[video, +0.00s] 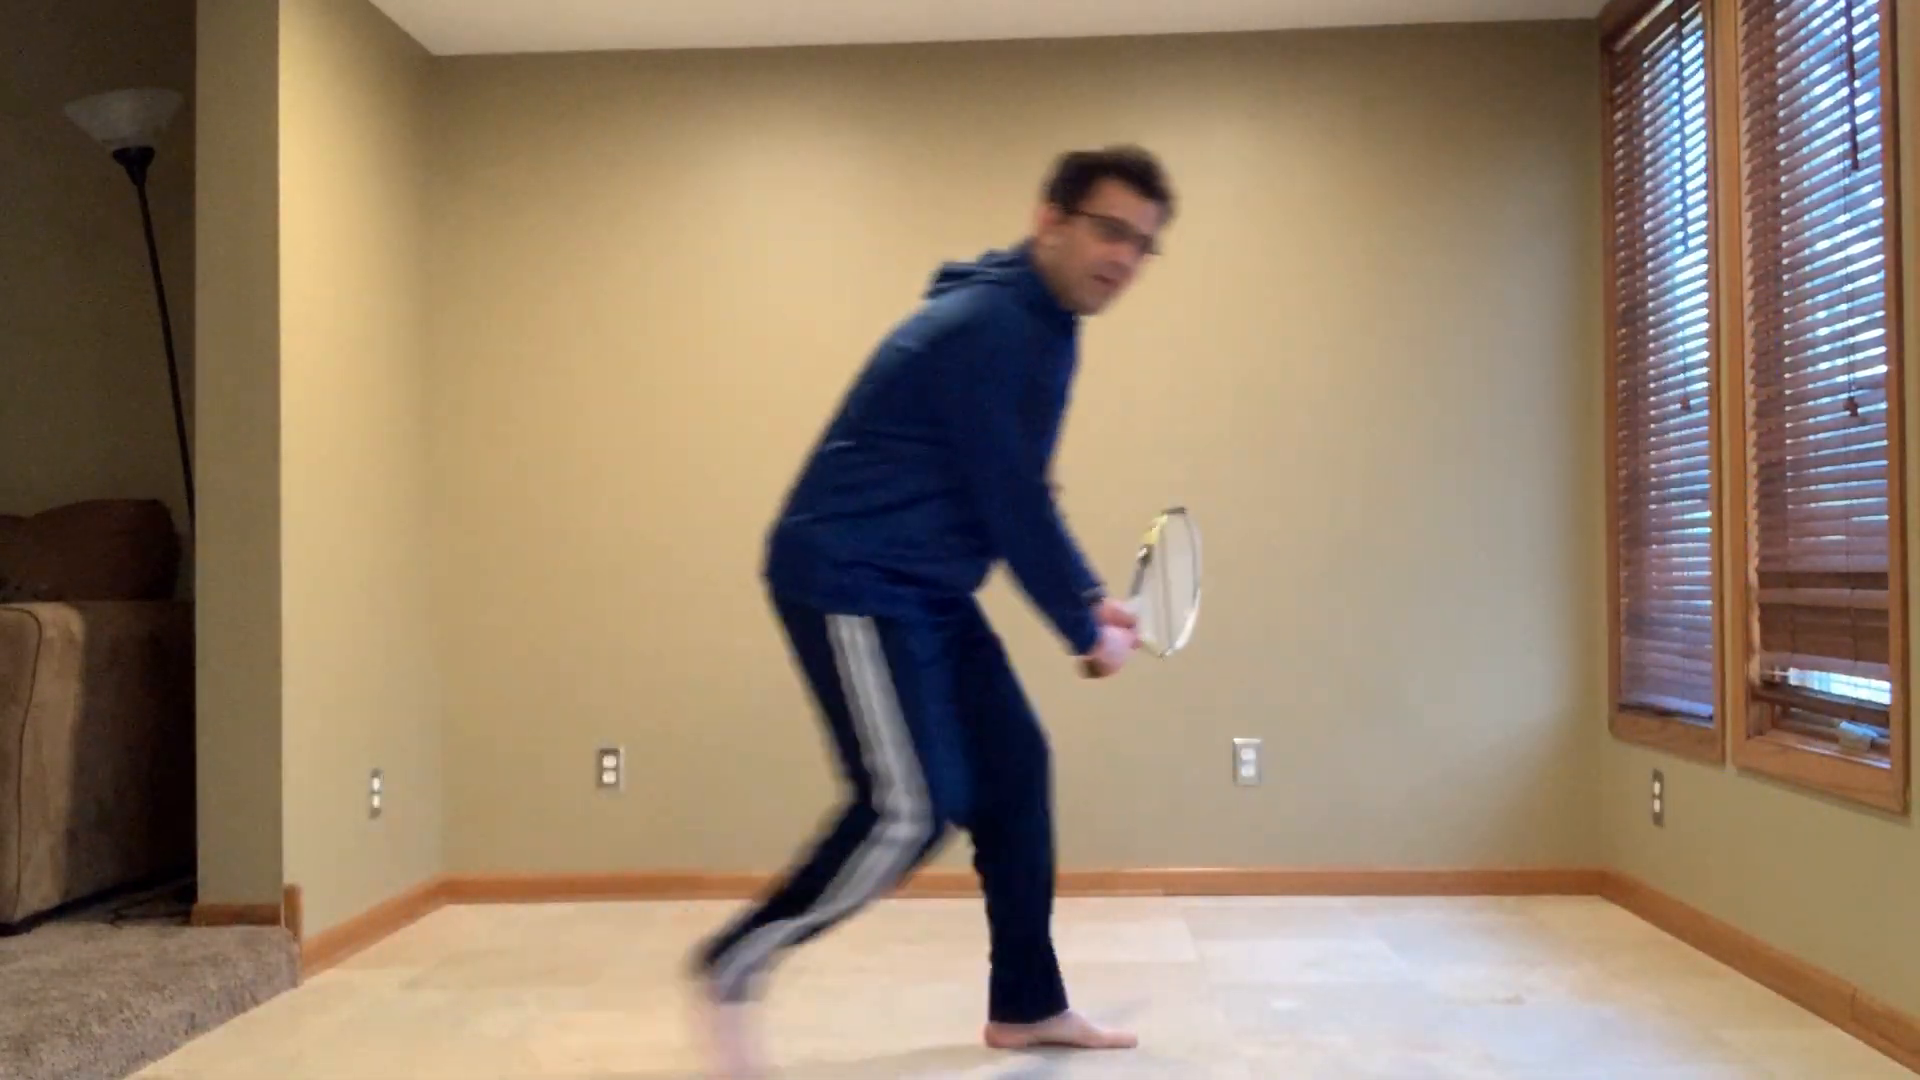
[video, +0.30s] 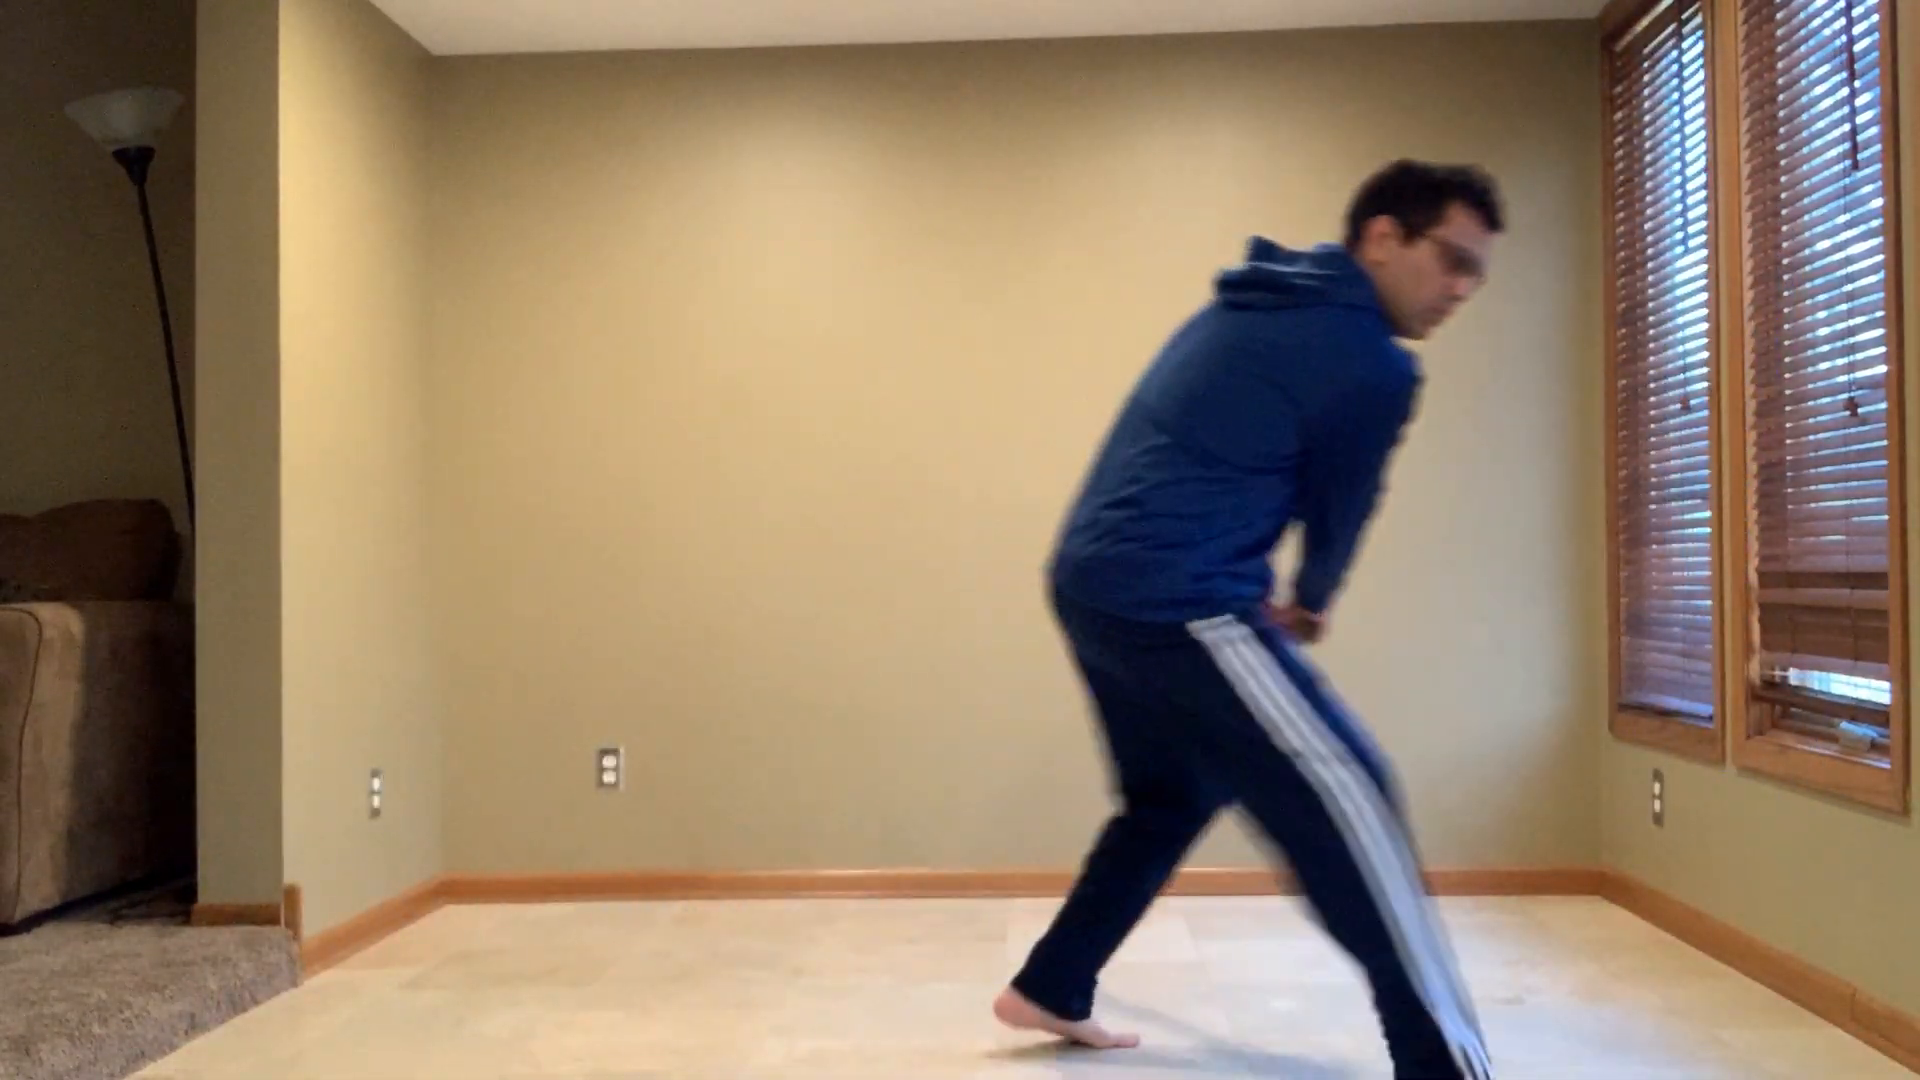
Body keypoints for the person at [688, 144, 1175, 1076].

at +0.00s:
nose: (1122, 258)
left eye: (1141, 246)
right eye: (1108, 231)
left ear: (1150, 258)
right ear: (1048, 220)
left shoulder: (1046, 329)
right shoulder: (991, 323)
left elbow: (1021, 490)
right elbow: (1006, 498)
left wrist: (1088, 599)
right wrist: (1080, 621)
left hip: (928, 587)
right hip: (847, 579)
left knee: (1013, 764)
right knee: (910, 803)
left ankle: (1027, 1003)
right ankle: (730, 966)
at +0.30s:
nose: (1464, 289)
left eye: (1475, 272)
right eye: (1453, 261)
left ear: (1367, 245)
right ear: (1380, 238)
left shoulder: (1263, 293)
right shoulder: (1370, 366)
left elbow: (1213, 449)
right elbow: (1337, 515)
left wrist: (1252, 579)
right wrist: (1311, 602)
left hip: (1095, 580)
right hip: (1184, 593)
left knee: (1172, 797)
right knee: (1344, 790)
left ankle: (1048, 990)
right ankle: (1443, 1062)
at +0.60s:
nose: (1661, 174)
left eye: (1673, 158)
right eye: (1647, 144)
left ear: (1671, 173)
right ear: (1568, 127)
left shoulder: (1624, 261)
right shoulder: (1435, 221)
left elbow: (1603, 298)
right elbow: (1384, 370)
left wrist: (1527, 195)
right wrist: (1500, 296)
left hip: (1460, 567)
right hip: (1365, 545)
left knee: (1476, 806)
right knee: (1500, 794)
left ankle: (1266, 940)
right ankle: (1459, 1068)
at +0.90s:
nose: (1714, 109)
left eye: (1730, 94)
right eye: (1689, 85)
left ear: (1739, 116)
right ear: (1622, 100)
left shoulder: (1744, 216)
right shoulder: (1536, 212)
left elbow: (1665, 264)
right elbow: (1373, 297)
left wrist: (1539, 170)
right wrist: (1465, 174)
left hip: (1678, 557)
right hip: (1539, 553)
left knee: (1785, 793)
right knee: (1580, 796)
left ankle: (1852, 1025)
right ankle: (1496, 1064)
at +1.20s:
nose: (1559, 103)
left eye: (1580, 87)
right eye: (1532, 88)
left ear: (1609, 118)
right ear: (1487, 121)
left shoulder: (1657, 233)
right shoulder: (1437, 263)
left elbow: (1677, 396)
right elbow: (1377, 406)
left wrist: (1529, 425)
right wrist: (1422, 464)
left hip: (1660, 571)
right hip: (1514, 581)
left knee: (1758, 789)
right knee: (1529, 800)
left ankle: (1841, 1022)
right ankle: (1543, 982)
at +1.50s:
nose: (1321, 116)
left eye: (1342, 97)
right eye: (1296, 99)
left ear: (1374, 117)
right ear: (1261, 121)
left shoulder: (1426, 232)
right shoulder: (1209, 258)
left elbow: (1475, 390)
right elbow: (1176, 426)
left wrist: (1396, 456)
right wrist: (1302, 494)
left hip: (1419, 551)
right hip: (1297, 573)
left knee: (1438, 775)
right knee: (1385, 797)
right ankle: (1526, 978)